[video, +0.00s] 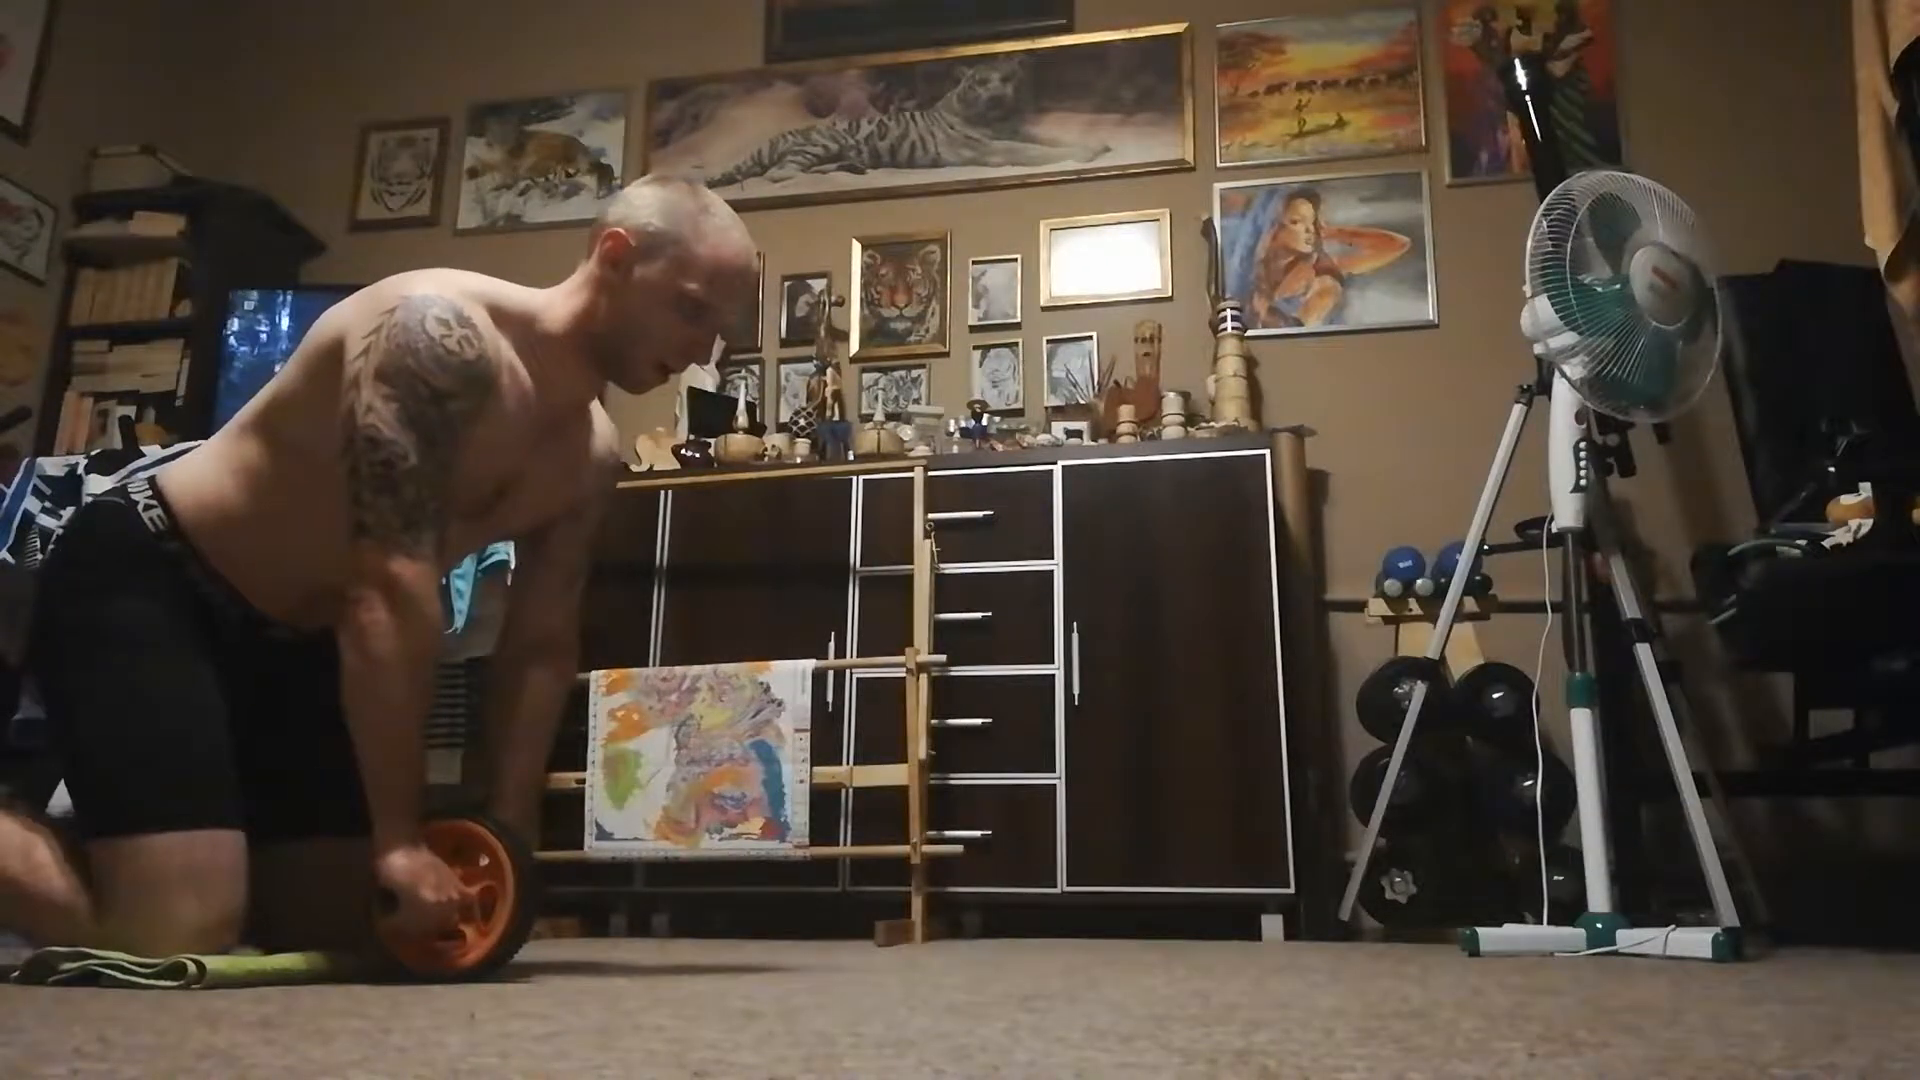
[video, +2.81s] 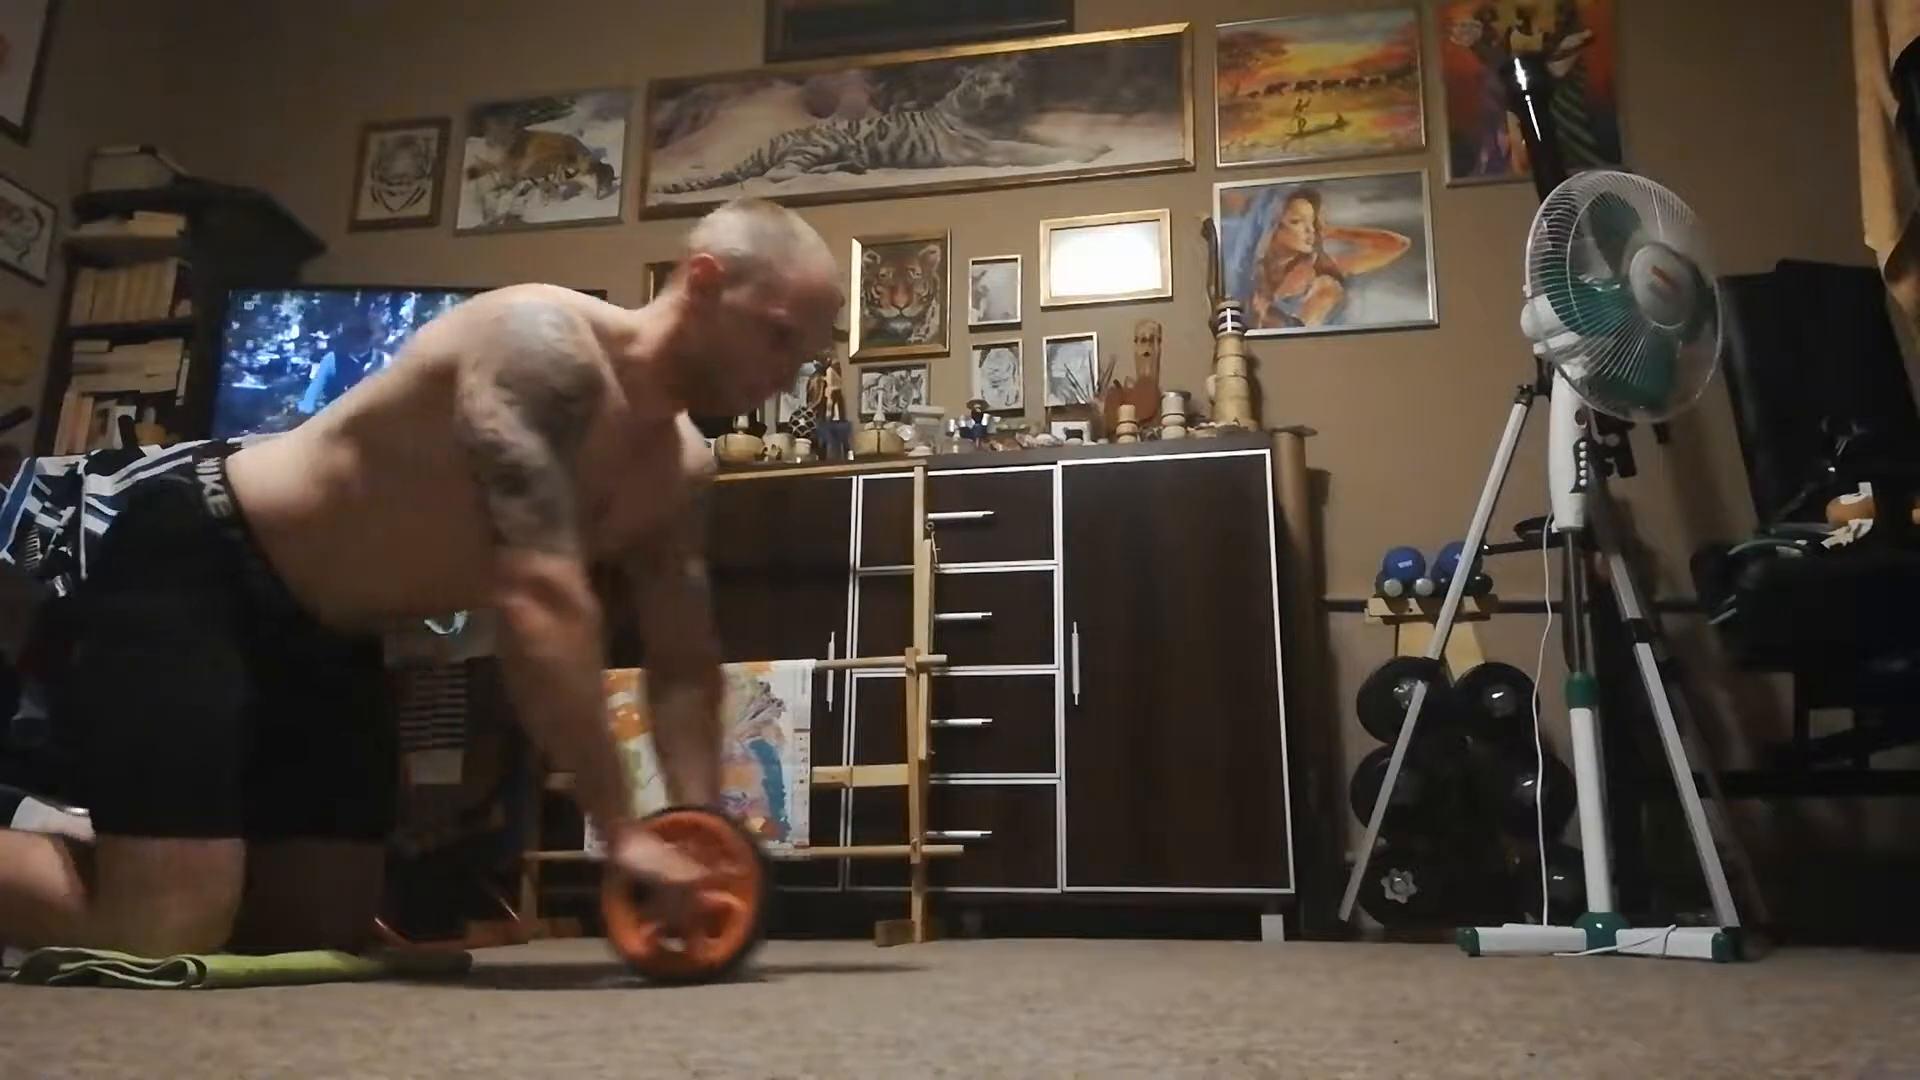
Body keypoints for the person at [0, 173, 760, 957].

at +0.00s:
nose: (710, 349)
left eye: (724, 329)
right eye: (698, 313)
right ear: (616, 254)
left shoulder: (591, 453)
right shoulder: (435, 333)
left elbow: (537, 655)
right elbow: (384, 602)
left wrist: (497, 854)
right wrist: (401, 847)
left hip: (288, 636)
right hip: (143, 570)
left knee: (350, 922)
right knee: (181, 926)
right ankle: (10, 838)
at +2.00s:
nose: (723, 346)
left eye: (736, 323)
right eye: (710, 309)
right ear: (622, 258)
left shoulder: (603, 461)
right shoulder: (449, 342)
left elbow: (546, 666)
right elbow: (384, 605)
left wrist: (497, 860)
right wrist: (398, 849)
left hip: (290, 636)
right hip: (143, 574)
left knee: (347, 912)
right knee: (180, 922)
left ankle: (72, 865)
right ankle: (10, 866)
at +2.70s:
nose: (760, 369)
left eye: (777, 347)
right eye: (753, 330)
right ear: (672, 275)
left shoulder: (640, 471)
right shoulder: (496, 338)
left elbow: (631, 669)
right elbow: (470, 608)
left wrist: (625, 844)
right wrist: (538, 837)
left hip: (311, 645)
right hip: (169, 564)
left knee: (323, 932)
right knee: (166, 928)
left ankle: (48, 852)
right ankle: (11, 845)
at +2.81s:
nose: (791, 375)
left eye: (808, 356)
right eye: (784, 337)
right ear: (702, 282)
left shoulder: (672, 470)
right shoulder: (537, 340)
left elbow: (685, 669)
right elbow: (536, 602)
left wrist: (700, 832)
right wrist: (620, 830)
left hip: (326, 641)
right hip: (186, 559)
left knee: (324, 936)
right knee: (163, 929)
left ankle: (41, 838)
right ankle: (11, 829)